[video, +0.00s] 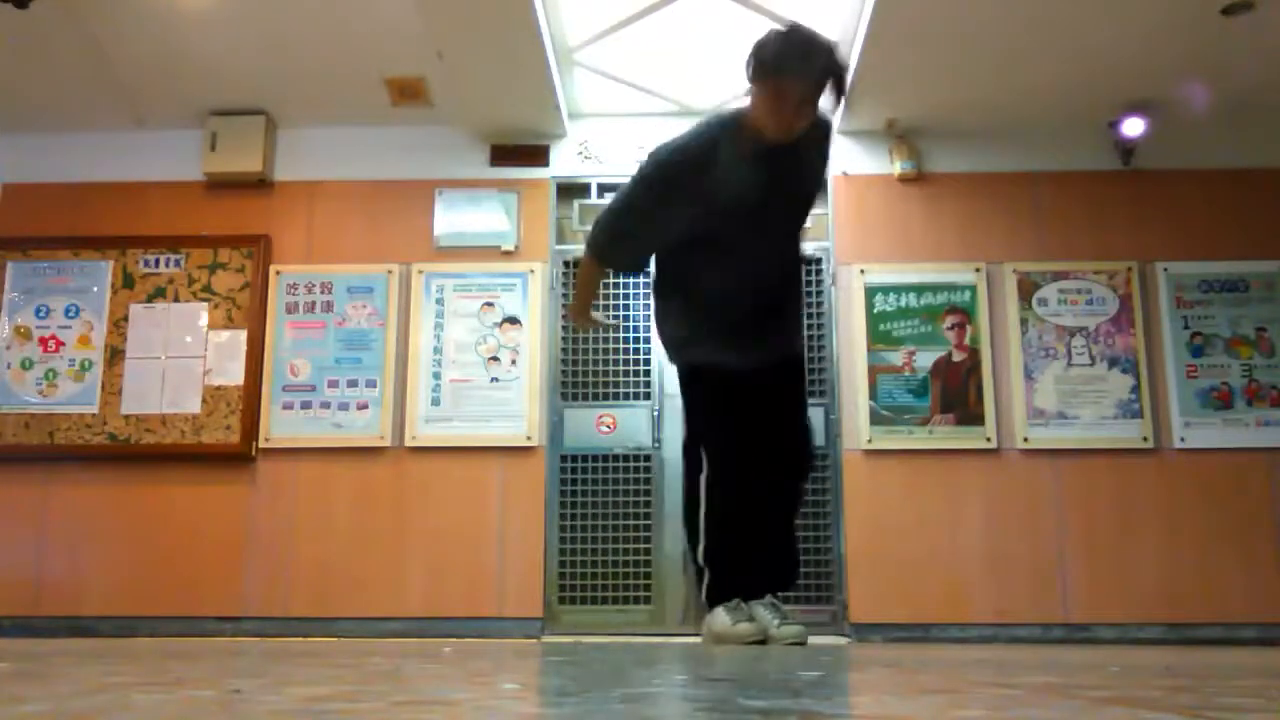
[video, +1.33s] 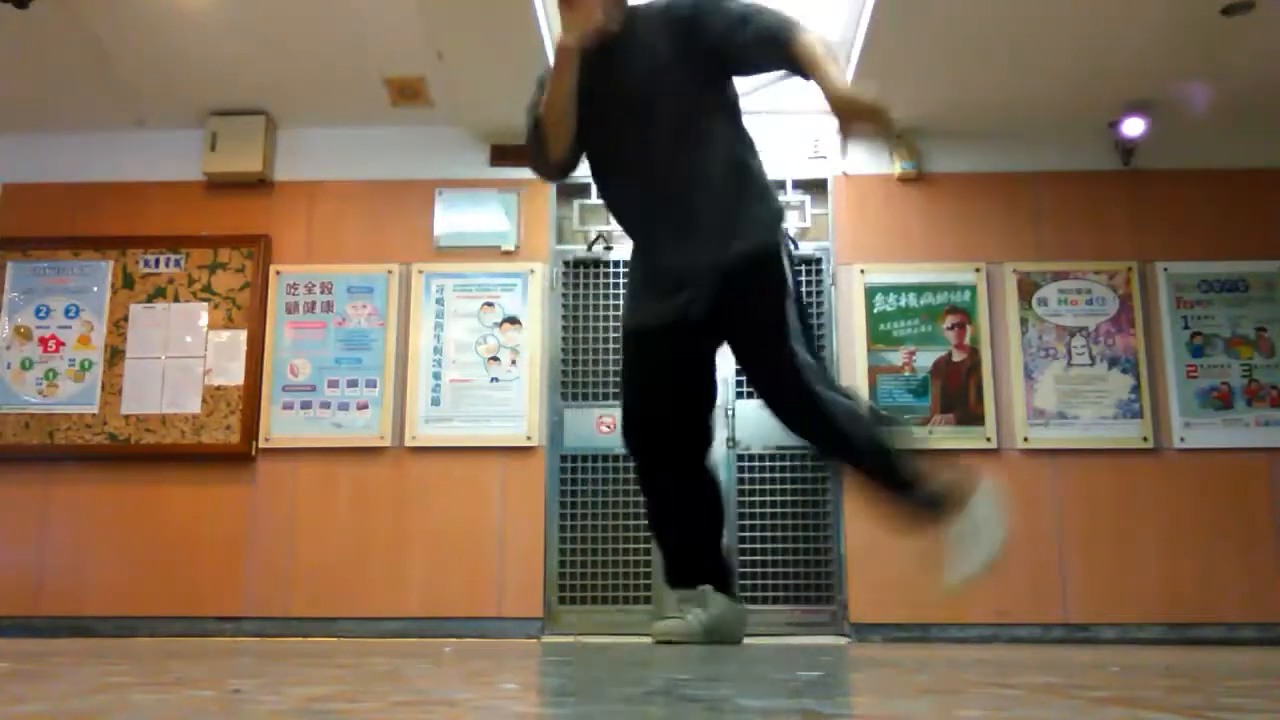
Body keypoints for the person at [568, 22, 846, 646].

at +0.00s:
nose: (793, 114)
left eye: (804, 102)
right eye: (783, 100)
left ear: (819, 95)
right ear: (756, 86)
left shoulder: (813, 139)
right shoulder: (695, 156)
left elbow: (789, 215)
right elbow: (616, 228)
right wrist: (582, 301)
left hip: (775, 322)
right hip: (705, 329)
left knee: (784, 456)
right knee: (729, 458)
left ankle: (764, 596)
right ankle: (725, 602)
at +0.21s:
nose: (808, 64)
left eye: (814, 51)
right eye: (802, 47)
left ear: (810, 51)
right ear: (768, 36)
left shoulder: (773, 114)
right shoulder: (714, 105)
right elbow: (649, 181)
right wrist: (605, 250)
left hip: (773, 311)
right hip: (711, 315)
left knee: (805, 456)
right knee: (728, 455)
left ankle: (764, 596)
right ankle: (719, 603)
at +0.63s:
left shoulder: (760, 58)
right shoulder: (651, 41)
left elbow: (787, 164)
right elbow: (578, 146)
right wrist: (561, 244)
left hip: (726, 273)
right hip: (647, 266)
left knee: (748, 427)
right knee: (656, 422)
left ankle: (701, 580)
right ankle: (615, 585)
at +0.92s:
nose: (635, 3)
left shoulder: (725, 18)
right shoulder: (580, 55)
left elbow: (804, 93)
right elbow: (535, 146)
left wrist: (814, 178)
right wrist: (543, 197)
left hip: (715, 256)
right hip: (622, 262)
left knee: (727, 409)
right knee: (613, 420)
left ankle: (717, 566)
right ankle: (637, 580)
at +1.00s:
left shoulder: (725, 10)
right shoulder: (580, 30)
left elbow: (811, 93)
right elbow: (531, 139)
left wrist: (835, 193)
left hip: (704, 214)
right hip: (620, 225)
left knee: (684, 375)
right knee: (614, 396)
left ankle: (690, 563)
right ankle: (677, 565)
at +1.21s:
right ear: (591, 3)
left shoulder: (701, 14)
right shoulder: (578, 52)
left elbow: (808, 79)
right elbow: (543, 133)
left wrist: (867, 151)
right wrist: (564, 23)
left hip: (724, 235)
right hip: (643, 255)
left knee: (710, 389)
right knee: (643, 415)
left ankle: (712, 571)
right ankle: (705, 571)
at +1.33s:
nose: (574, 12)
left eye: (579, 3)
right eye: (566, 8)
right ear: (561, 15)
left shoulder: (676, 21)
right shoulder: (565, 72)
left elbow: (790, 35)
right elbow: (550, 161)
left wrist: (838, 92)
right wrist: (567, 58)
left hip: (741, 239)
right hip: (660, 263)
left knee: (791, 388)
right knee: (658, 431)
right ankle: (708, 598)